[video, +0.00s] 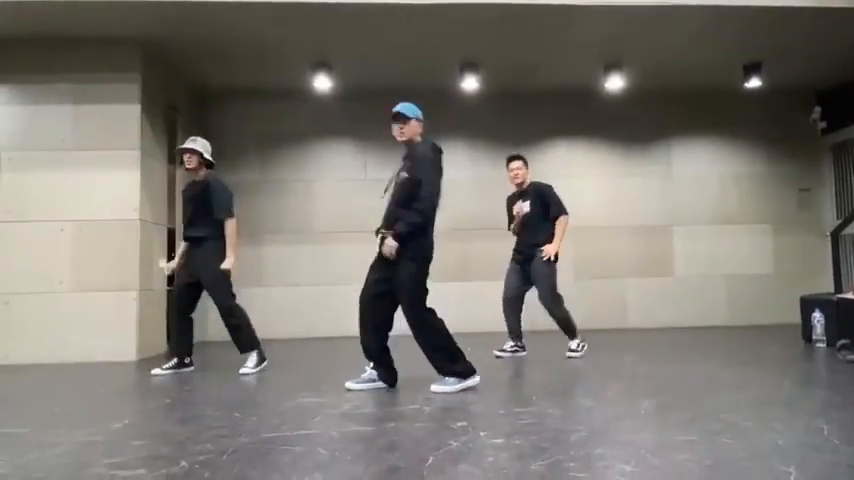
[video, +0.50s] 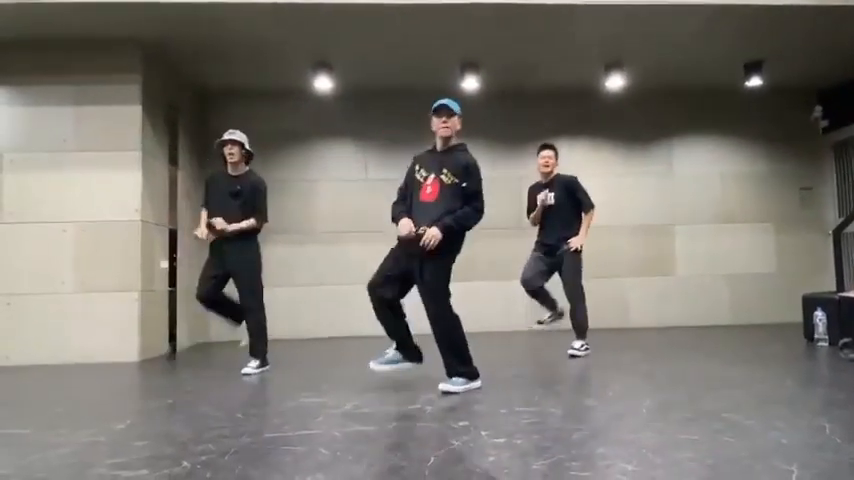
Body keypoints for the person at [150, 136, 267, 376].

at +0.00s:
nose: (187, 158)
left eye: (192, 154)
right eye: (185, 154)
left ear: (203, 158)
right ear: (183, 159)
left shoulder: (215, 185)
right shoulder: (188, 190)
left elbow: (229, 220)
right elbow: (189, 231)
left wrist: (230, 257)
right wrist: (178, 259)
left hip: (212, 253)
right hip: (191, 254)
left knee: (226, 304)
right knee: (180, 306)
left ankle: (255, 353)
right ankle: (182, 358)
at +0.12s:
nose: (202, 155)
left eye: (207, 151)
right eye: (200, 151)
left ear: (219, 155)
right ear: (197, 155)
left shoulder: (231, 185)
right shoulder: (195, 187)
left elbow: (239, 224)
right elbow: (194, 228)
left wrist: (232, 255)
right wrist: (185, 256)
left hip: (222, 251)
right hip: (199, 252)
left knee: (234, 304)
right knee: (184, 305)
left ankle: (256, 354)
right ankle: (182, 357)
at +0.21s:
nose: (212, 152)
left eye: (217, 148)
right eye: (209, 148)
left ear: (228, 152)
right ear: (206, 153)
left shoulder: (238, 182)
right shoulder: (200, 183)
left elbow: (243, 221)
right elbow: (198, 222)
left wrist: (232, 251)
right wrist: (193, 251)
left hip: (229, 249)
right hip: (204, 249)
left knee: (238, 304)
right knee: (193, 304)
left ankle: (256, 354)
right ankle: (184, 356)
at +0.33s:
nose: (225, 153)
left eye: (230, 149)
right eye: (222, 149)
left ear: (240, 154)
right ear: (217, 154)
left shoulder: (249, 185)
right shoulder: (208, 184)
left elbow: (252, 223)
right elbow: (201, 217)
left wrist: (227, 244)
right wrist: (200, 246)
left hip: (240, 252)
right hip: (213, 251)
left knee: (245, 305)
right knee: (203, 302)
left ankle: (257, 357)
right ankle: (197, 355)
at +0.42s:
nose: (228, 150)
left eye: (233, 146)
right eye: (225, 146)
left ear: (243, 151)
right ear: (221, 151)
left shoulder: (254, 182)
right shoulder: (212, 180)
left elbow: (257, 220)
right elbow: (205, 209)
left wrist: (225, 228)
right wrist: (202, 230)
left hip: (243, 250)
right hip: (218, 249)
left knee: (250, 304)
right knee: (202, 296)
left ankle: (258, 357)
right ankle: (226, 338)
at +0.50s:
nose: (230, 150)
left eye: (234, 146)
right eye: (226, 146)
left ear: (244, 151)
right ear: (222, 151)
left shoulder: (255, 182)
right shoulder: (214, 180)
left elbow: (259, 220)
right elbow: (206, 208)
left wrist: (228, 227)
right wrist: (203, 225)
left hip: (244, 249)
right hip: (220, 248)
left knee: (252, 305)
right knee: (206, 294)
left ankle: (259, 357)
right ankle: (244, 315)